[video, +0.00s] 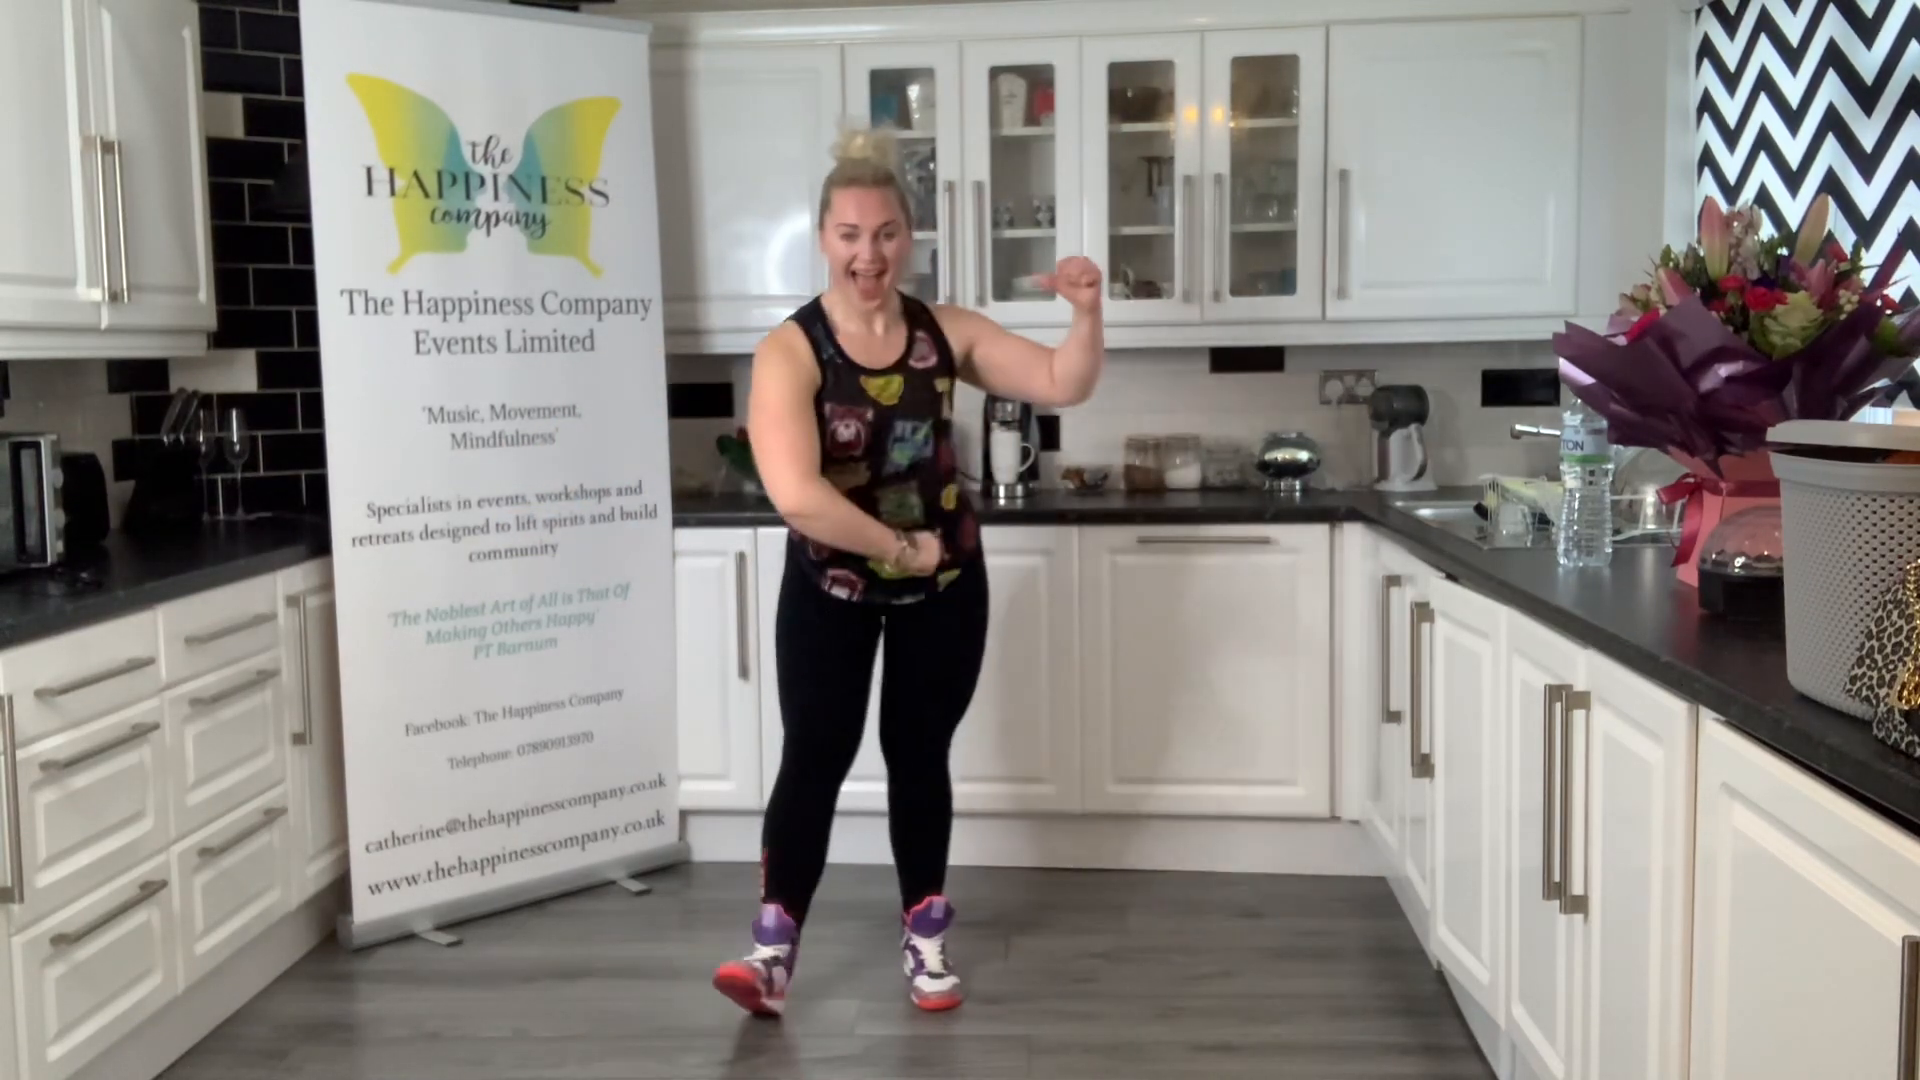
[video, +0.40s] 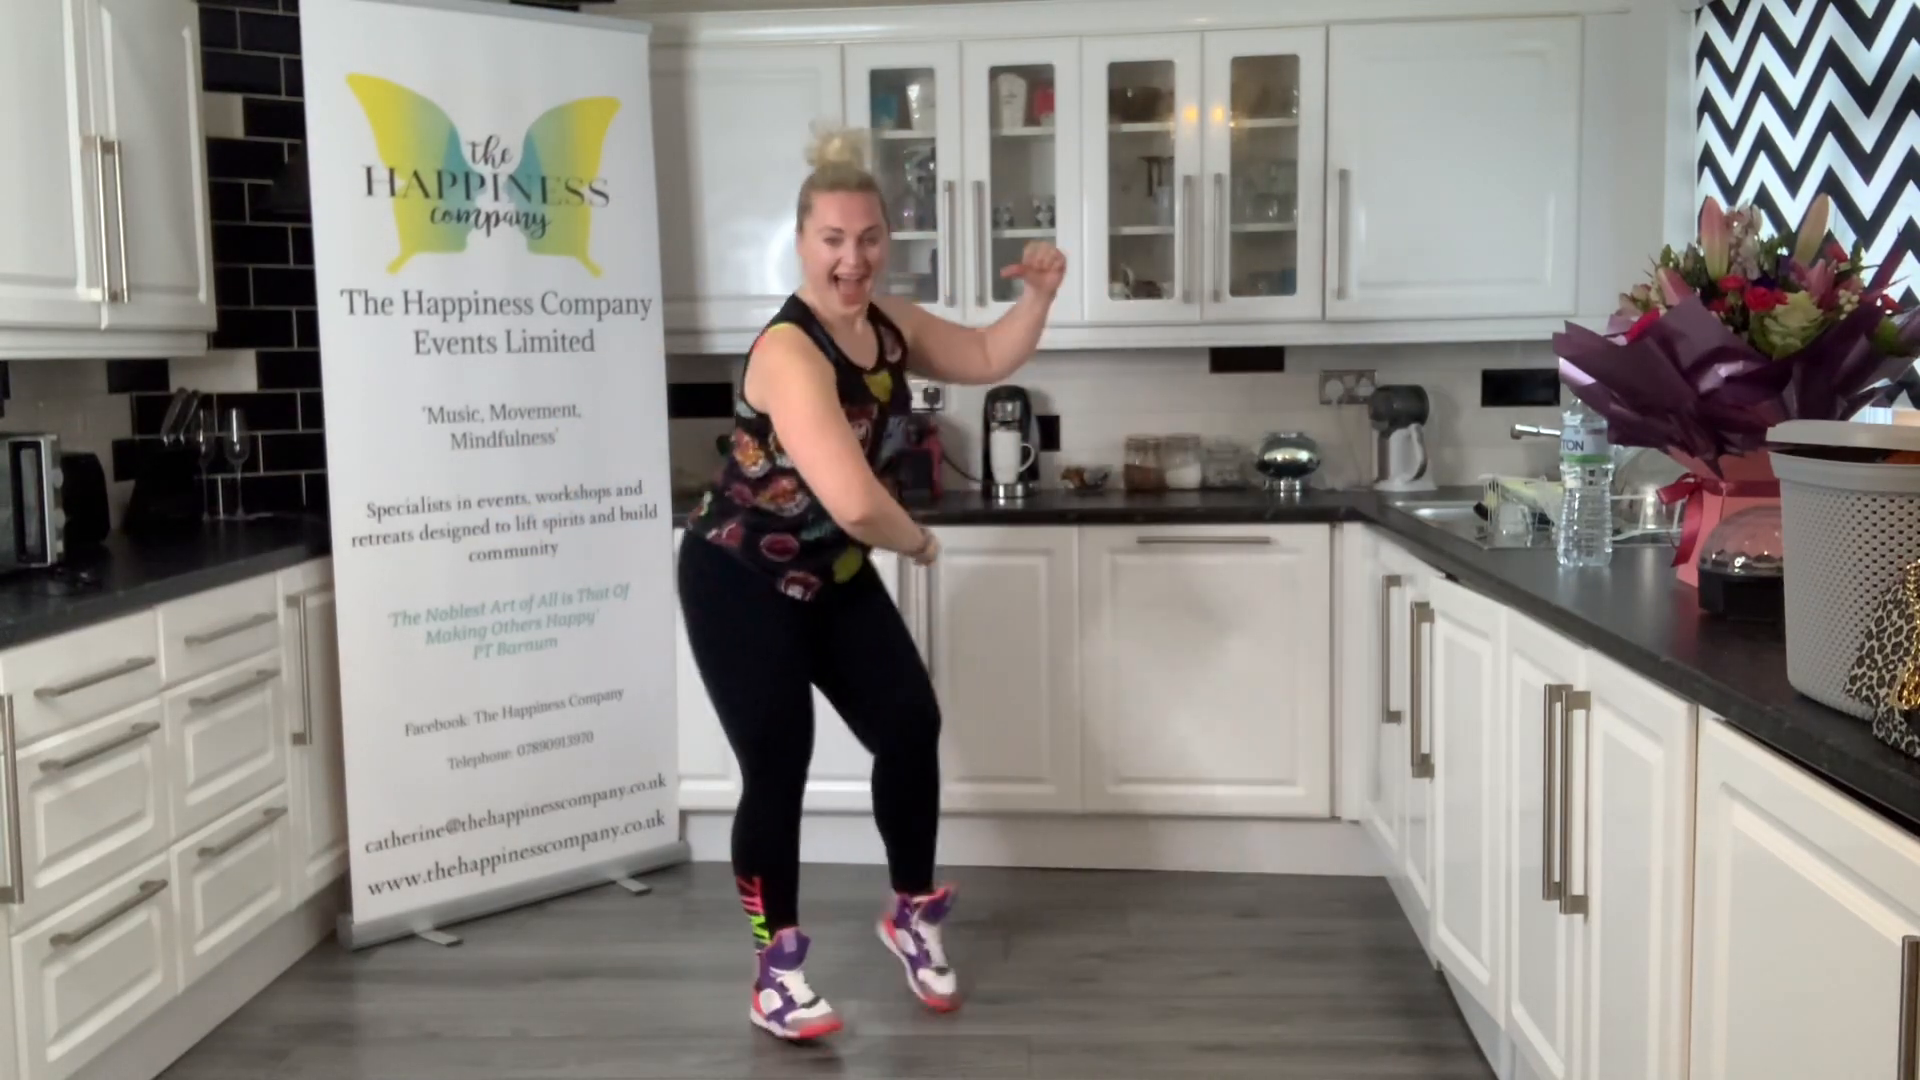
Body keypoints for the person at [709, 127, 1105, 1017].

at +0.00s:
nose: (867, 254)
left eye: (885, 234)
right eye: (848, 235)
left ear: (910, 237)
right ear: (822, 238)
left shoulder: (947, 329)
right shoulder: (788, 353)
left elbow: (1064, 384)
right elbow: (794, 495)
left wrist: (1088, 313)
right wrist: (901, 547)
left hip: (941, 585)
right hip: (830, 587)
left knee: (920, 755)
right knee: (814, 756)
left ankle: (925, 940)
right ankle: (773, 946)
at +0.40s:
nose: (851, 257)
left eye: (868, 238)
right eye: (831, 239)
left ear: (886, 239)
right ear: (800, 241)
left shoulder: (890, 321)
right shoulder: (787, 353)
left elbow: (984, 357)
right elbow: (857, 506)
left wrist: (1037, 295)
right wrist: (915, 540)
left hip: (832, 568)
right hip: (739, 575)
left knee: (909, 723)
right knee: (777, 759)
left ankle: (916, 917)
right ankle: (777, 971)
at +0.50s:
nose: (843, 293)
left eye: (860, 275)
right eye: (825, 274)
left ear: (880, 274)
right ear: (793, 273)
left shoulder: (876, 344)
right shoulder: (779, 379)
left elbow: (966, 378)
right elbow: (853, 535)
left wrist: (1024, 314)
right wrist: (898, 562)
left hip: (800, 585)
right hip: (706, 589)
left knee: (915, 686)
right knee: (770, 771)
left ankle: (826, 841)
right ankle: (778, 975)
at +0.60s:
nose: (828, 302)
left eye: (845, 284)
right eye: (810, 283)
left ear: (865, 284)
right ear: (778, 283)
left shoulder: (862, 357)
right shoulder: (763, 394)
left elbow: (951, 388)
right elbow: (830, 554)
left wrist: (1008, 326)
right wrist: (878, 576)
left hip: (780, 597)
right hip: (690, 602)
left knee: (884, 719)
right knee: (774, 771)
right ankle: (780, 979)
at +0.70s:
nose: (808, 290)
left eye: (826, 271)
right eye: (789, 271)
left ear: (846, 273)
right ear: (760, 272)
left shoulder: (845, 352)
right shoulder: (746, 386)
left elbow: (938, 385)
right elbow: (803, 546)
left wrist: (993, 321)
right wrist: (854, 567)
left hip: (761, 601)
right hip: (680, 597)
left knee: (817, 772)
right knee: (769, 773)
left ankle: (628, 797)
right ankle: (780, 980)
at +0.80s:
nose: (796, 274)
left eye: (813, 254)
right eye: (776, 255)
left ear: (833, 252)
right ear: (745, 255)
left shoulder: (835, 338)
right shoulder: (736, 369)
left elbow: (926, 376)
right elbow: (782, 530)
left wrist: (980, 311)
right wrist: (829, 554)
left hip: (737, 594)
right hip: (673, 583)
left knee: (703, 775)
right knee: (756, 762)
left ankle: (537, 887)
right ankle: (779, 978)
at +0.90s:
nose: (782, 270)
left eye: (798, 252)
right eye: (762, 253)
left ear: (820, 252)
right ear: (733, 255)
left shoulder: (819, 335)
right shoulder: (723, 366)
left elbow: (912, 375)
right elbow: (766, 529)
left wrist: (962, 312)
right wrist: (810, 553)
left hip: (701, 584)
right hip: (655, 580)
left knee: (609, 759)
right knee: (718, 766)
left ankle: (509, 925)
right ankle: (772, 971)